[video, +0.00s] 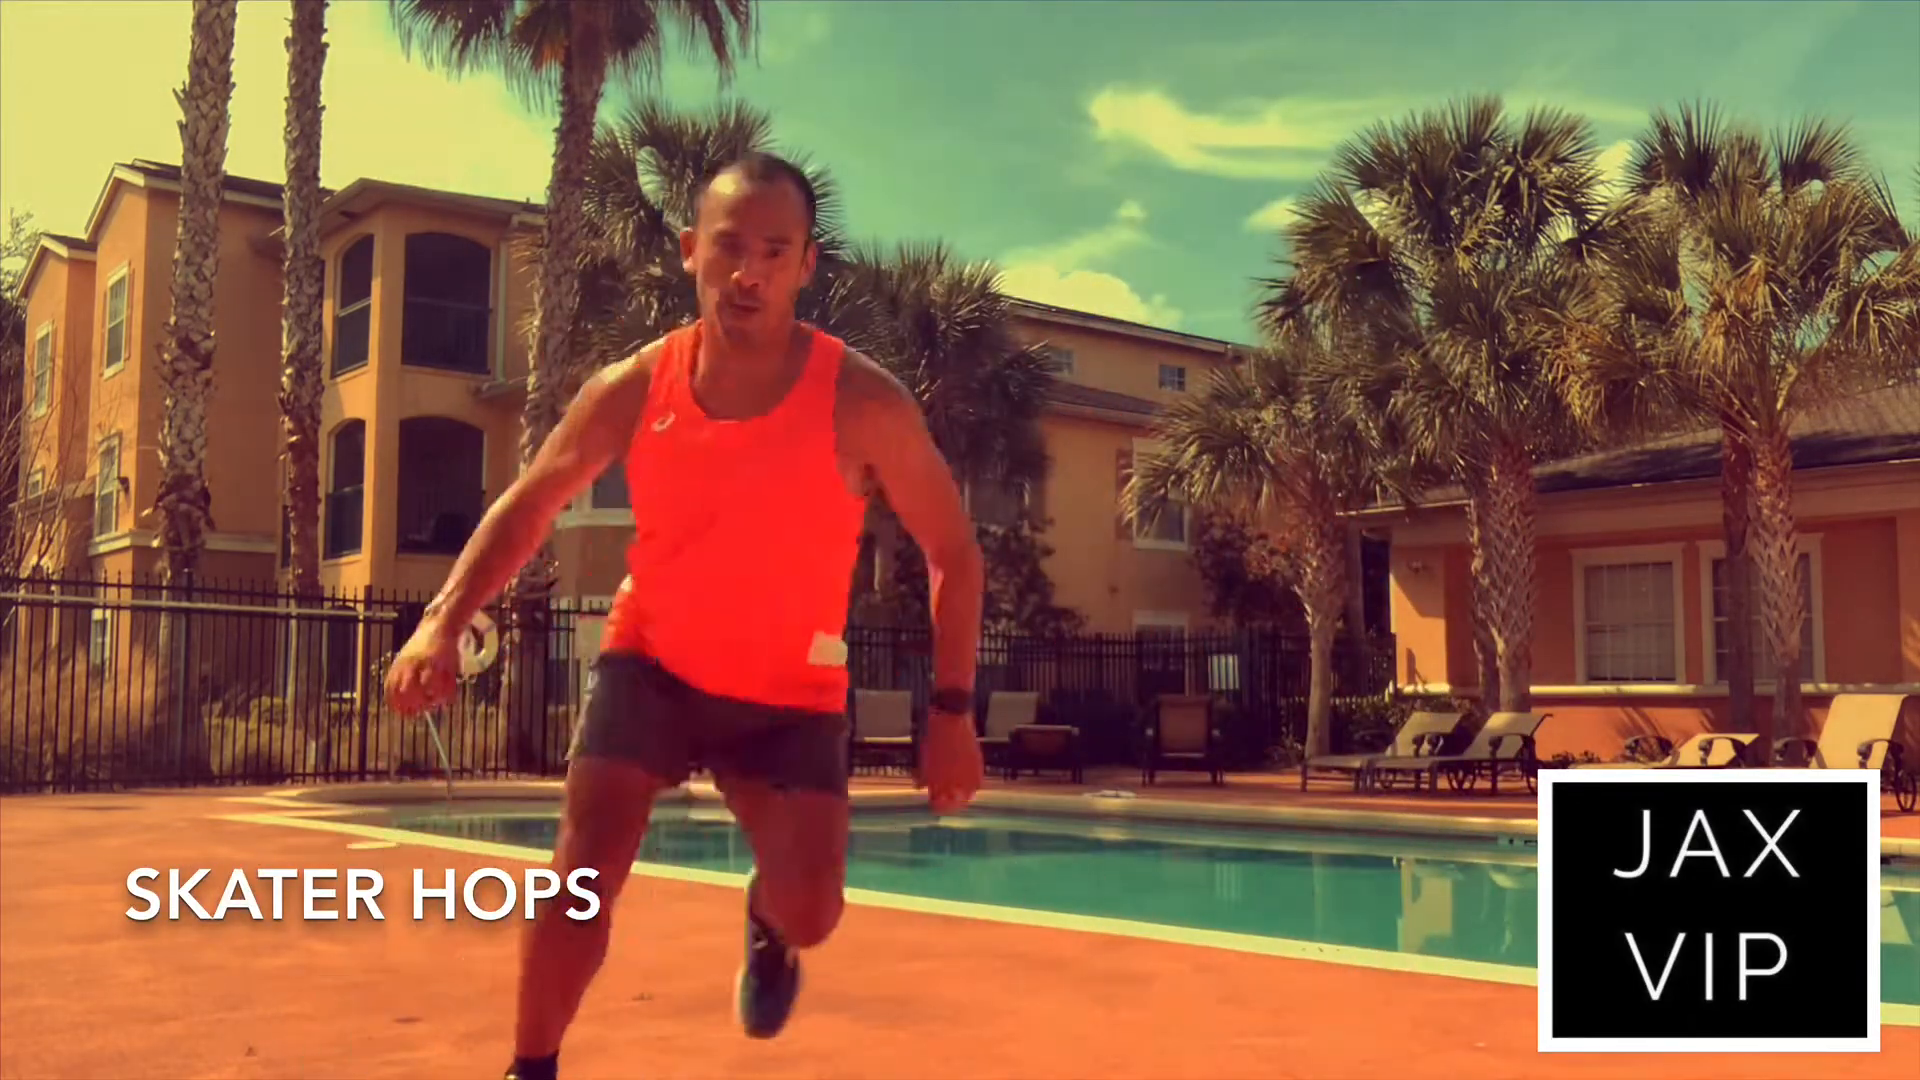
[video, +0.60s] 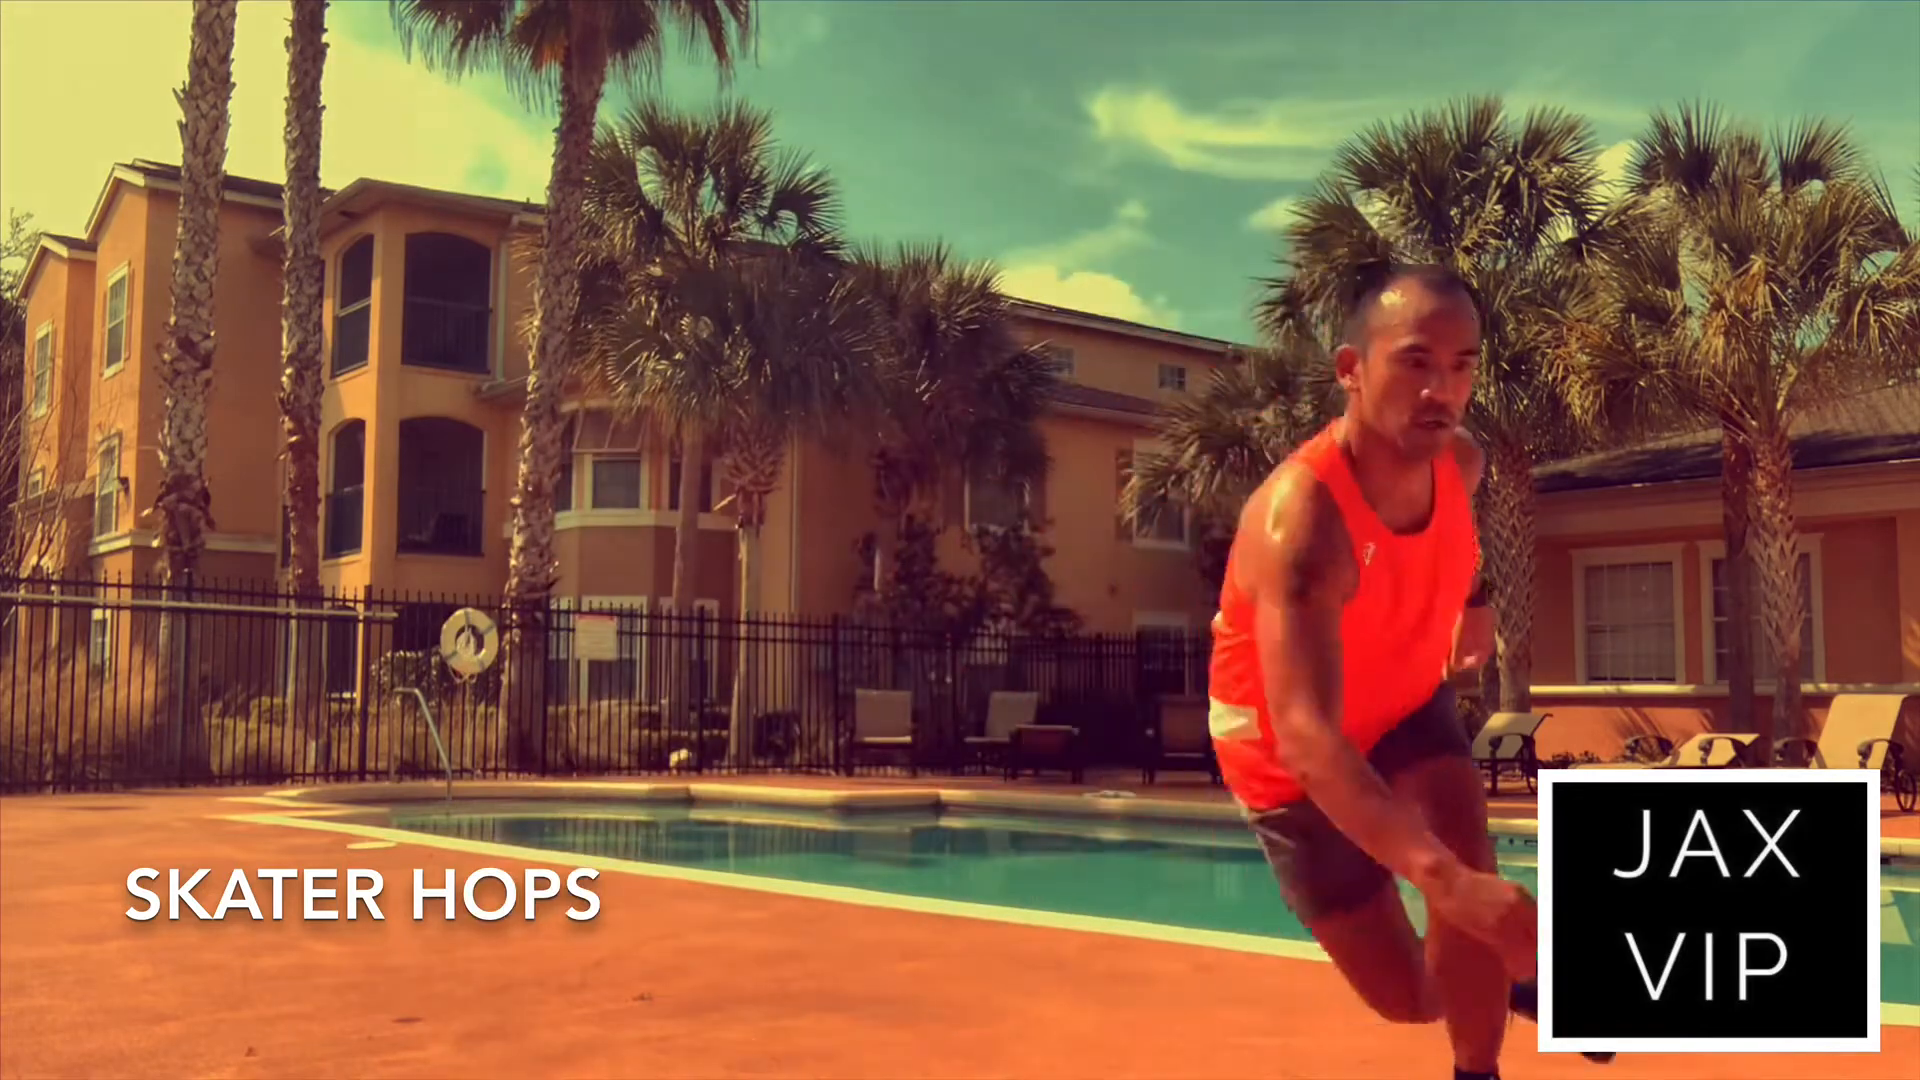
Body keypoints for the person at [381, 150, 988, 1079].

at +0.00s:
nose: (748, 268)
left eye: (773, 249)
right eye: (728, 244)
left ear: (806, 264)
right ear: (690, 251)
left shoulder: (865, 405)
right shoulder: (637, 389)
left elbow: (956, 555)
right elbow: (533, 499)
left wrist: (952, 709)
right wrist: (443, 619)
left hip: (794, 691)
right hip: (650, 669)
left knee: (809, 915)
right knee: (583, 877)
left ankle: (770, 919)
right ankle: (532, 1067)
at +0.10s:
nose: (882, 211)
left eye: (905, 190)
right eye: (861, 185)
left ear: (934, 197)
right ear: (820, 187)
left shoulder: (986, 318)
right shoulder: (754, 305)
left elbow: (1097, 393)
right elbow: (637, 382)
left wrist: (1126, 532)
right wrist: (540, 490)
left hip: (897, 619)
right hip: (743, 620)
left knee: (1032, 812)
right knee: (634, 839)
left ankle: (1062, 935)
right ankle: (533, 1061)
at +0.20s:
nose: (1022, 180)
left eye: (1047, 158)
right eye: (1001, 151)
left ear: (1075, 159)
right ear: (958, 143)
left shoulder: (1106, 267)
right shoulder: (879, 265)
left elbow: (1183, 320)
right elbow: (776, 354)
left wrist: (1236, 441)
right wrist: (683, 442)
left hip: (1031, 588)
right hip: (866, 591)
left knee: (1190, 762)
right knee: (735, 788)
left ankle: (1320, 972)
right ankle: (599, 1010)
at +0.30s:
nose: (1166, 198)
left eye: (1188, 174)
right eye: (1143, 169)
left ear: (1207, 177)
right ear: (1088, 166)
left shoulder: (1234, 296)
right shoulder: (1003, 292)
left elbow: (1286, 384)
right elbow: (884, 400)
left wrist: (1308, 499)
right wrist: (802, 524)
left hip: (1164, 604)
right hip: (1004, 597)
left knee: (1299, 807)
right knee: (859, 828)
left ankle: (1448, 1026)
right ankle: (857, 917)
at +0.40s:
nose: (1290, 270)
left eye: (1311, 246)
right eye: (1267, 242)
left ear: (1328, 254)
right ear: (1208, 246)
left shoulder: (1353, 376)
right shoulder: (1129, 383)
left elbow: (1380, 474)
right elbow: (999, 529)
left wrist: (1390, 593)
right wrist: (974, 665)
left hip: (1286, 656)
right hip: (1135, 667)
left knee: (1399, 851)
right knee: (1060, 904)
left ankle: (1470, 1069)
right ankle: (1144, 874)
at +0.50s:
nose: (1385, 336)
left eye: (1404, 312)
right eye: (1360, 309)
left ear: (1420, 322)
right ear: (1298, 314)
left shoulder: (1420, 424)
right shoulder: (1231, 452)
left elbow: (1433, 514)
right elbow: (1152, 648)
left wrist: (1453, 622)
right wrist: (1206, 807)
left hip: (1363, 689)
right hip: (1237, 727)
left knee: (1456, 873)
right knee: (1266, 984)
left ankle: (1478, 1072)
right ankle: (1350, 910)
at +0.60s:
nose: (1443, 390)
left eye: (1461, 366)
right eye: (1417, 362)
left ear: (1476, 375)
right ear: (1351, 371)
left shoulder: (1456, 464)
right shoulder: (1300, 513)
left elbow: (1449, 538)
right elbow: (1303, 736)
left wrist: (1473, 600)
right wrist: (1449, 881)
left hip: (1406, 704)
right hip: (1285, 751)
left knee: (1466, 880)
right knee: (1405, 997)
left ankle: (1477, 1075)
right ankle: (1494, 966)